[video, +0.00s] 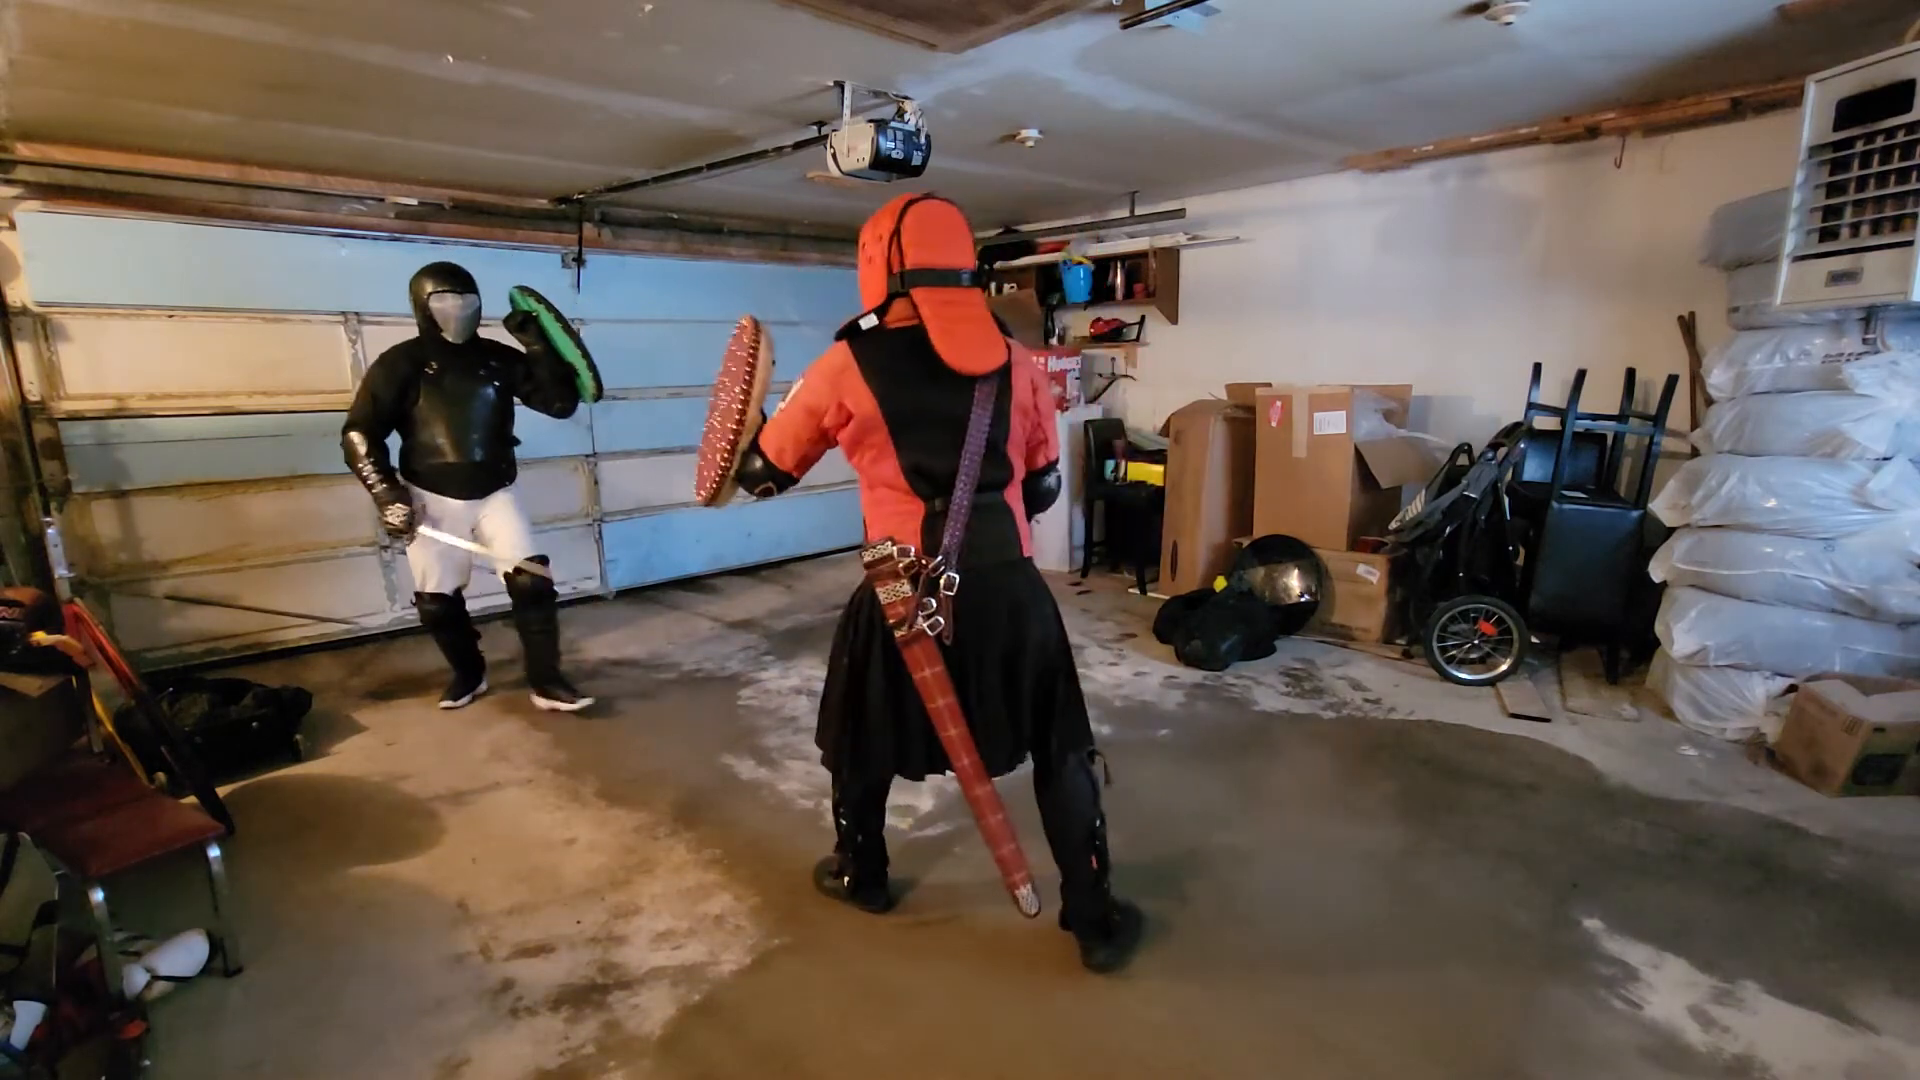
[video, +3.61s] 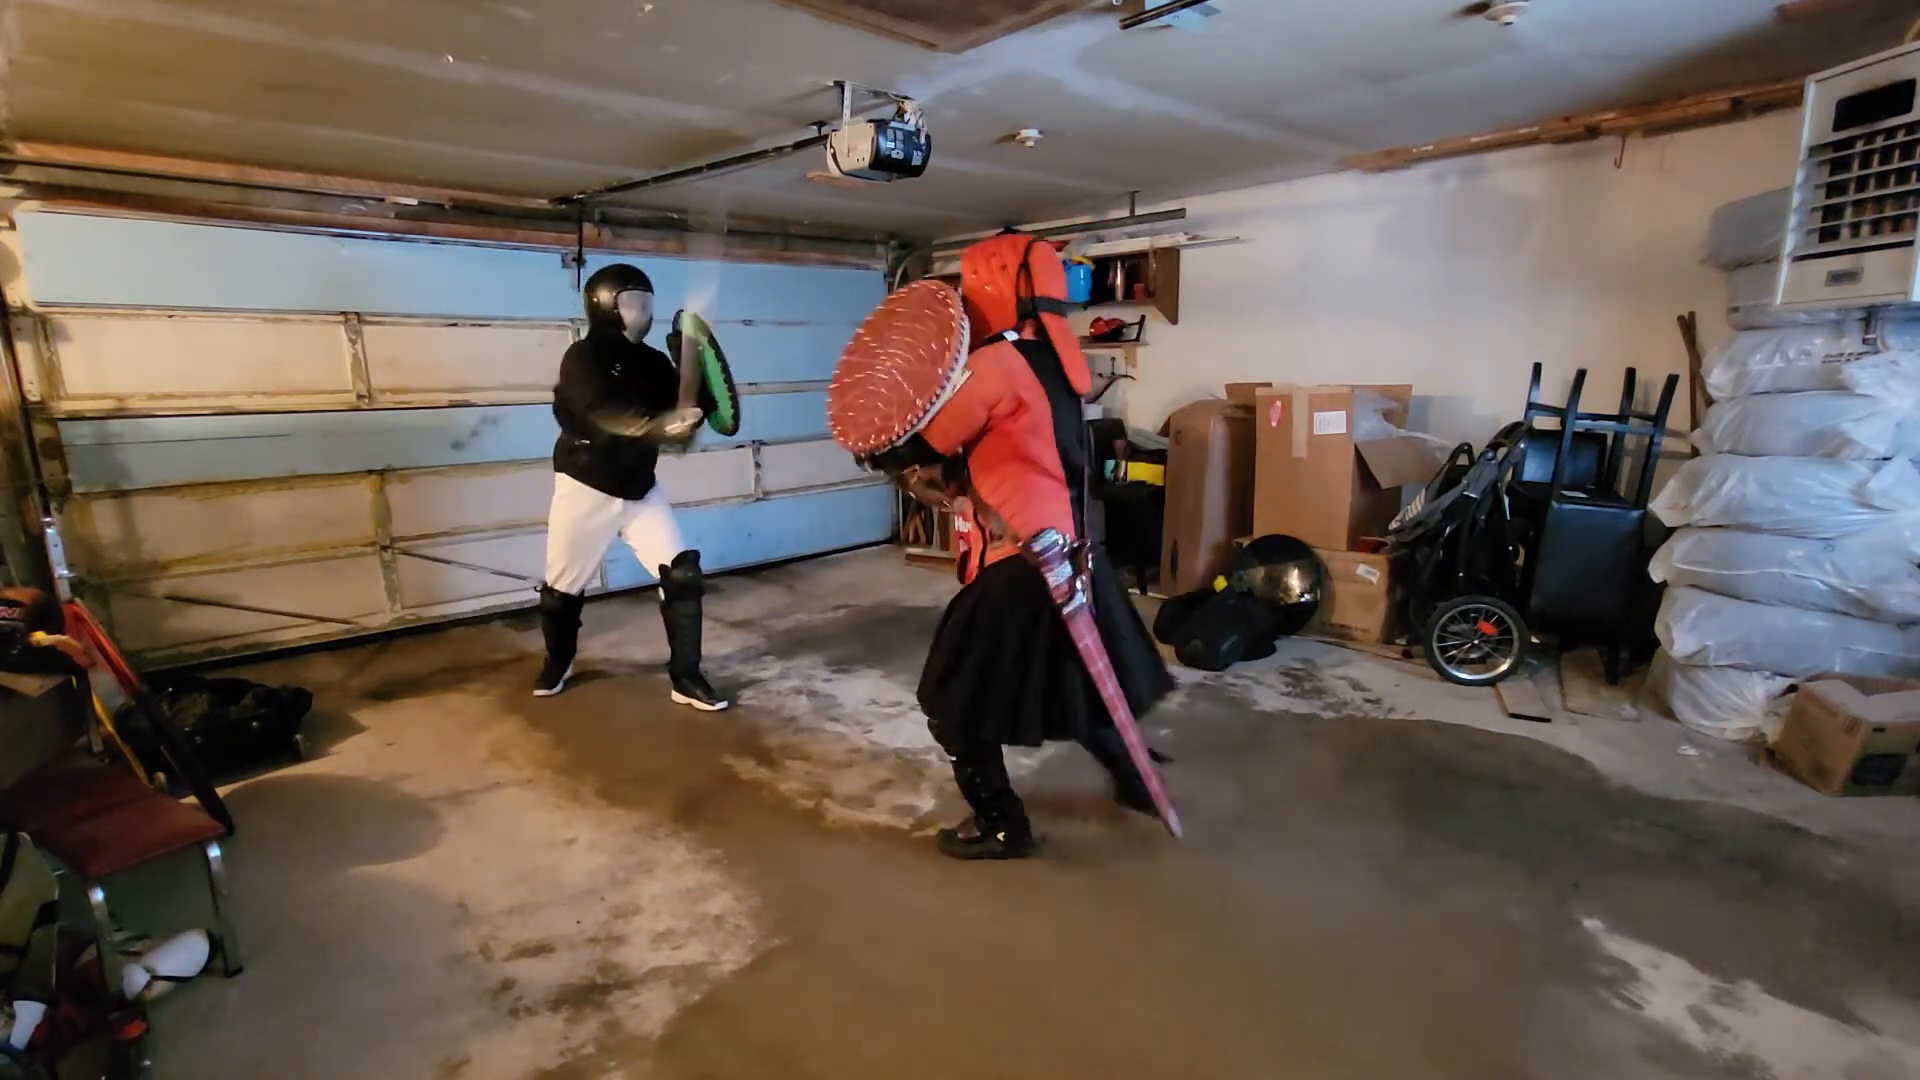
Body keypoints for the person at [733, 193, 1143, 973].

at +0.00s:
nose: (864, 279)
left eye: (869, 267)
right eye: (872, 268)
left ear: (883, 269)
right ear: (966, 267)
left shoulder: (850, 363)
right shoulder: (1017, 362)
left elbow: (767, 470)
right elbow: (1042, 488)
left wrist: (756, 436)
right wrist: (977, 489)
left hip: (903, 582)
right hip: (1008, 577)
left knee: (861, 721)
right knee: (1060, 734)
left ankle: (861, 864)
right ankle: (1094, 915)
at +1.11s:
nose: (877, 296)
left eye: (882, 285)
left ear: (895, 290)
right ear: (974, 283)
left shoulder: (866, 374)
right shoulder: (1027, 374)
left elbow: (788, 426)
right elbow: (1052, 495)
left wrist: (790, 351)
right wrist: (999, 536)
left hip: (914, 587)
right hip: (1015, 583)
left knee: (858, 713)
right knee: (1084, 732)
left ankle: (848, 853)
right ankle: (1142, 900)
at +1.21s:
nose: (902, 305)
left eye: (907, 293)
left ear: (919, 298)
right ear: (1007, 291)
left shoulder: (897, 383)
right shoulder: (1056, 382)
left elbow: (815, 429)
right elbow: (1090, 481)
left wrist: (825, 336)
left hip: (939, 599)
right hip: (1044, 596)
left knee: (870, 719)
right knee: (1105, 738)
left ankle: (850, 857)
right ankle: (1148, 907)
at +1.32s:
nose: (948, 305)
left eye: (951, 293)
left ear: (959, 298)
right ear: (1040, 297)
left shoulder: (927, 384)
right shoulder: (1093, 390)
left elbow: (847, 431)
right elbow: (1132, 509)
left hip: (962, 611)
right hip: (1073, 610)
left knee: (887, 726)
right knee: (1124, 745)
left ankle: (851, 856)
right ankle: (1151, 908)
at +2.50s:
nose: (1024, 293)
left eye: (1031, 281)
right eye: (1026, 280)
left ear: (1051, 285)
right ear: (1122, 283)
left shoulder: (1019, 368)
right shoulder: (1176, 371)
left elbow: (941, 441)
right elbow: (1202, 490)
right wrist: (1144, 529)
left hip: (1054, 585)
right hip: (1159, 585)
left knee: (980, 699)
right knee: (1193, 728)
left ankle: (961, 845)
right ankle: (1233, 887)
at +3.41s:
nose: (992, 303)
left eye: (999, 291)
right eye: (995, 290)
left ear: (1024, 301)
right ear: (1066, 300)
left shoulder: (1000, 371)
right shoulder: (1101, 374)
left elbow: (939, 442)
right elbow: (1106, 454)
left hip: (1033, 573)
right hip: (1113, 570)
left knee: (961, 685)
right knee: (1147, 714)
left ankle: (1001, 822)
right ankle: (1220, 839)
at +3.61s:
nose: (966, 301)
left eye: (973, 289)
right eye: (967, 287)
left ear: (999, 294)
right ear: (1036, 290)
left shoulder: (999, 364)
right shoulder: (1058, 357)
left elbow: (931, 442)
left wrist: (884, 451)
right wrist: (946, 478)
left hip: (1017, 568)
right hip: (1074, 556)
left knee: (951, 692)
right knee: (1077, 679)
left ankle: (1001, 824)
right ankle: (1139, 783)